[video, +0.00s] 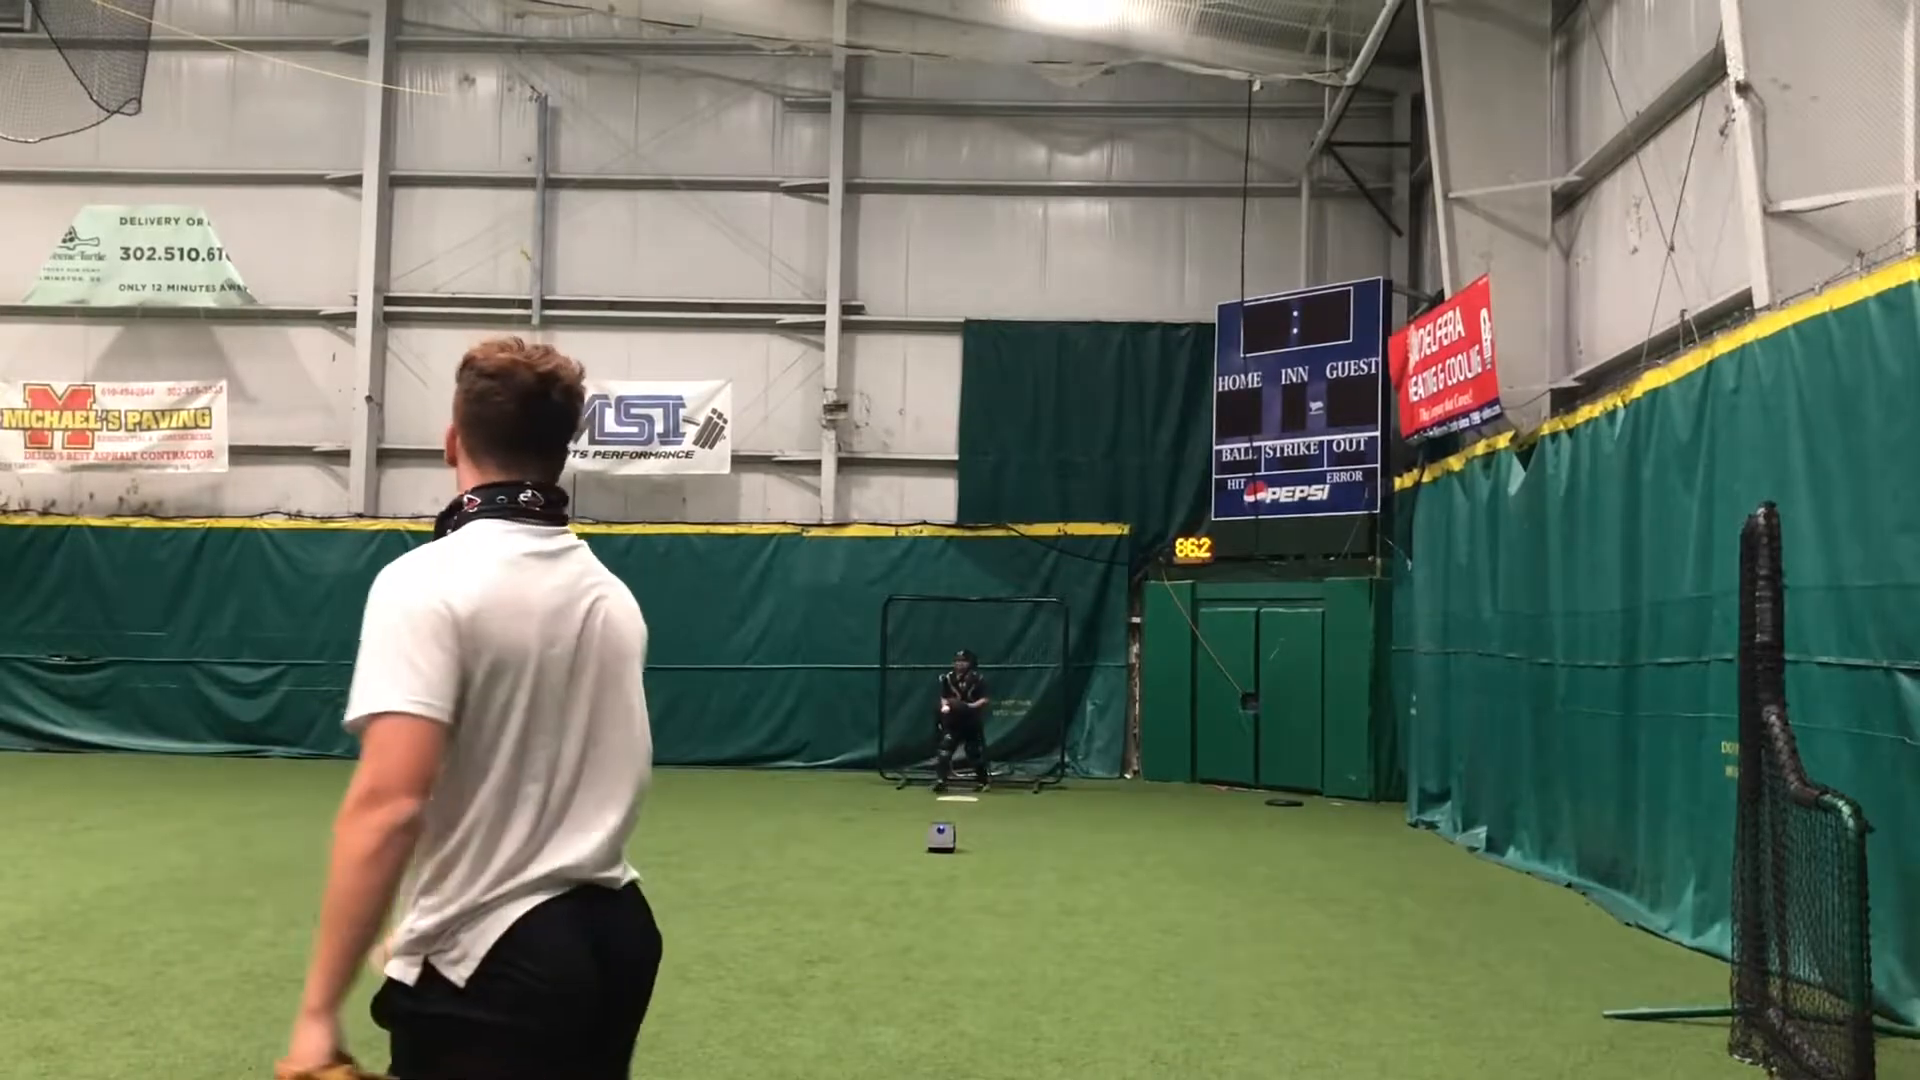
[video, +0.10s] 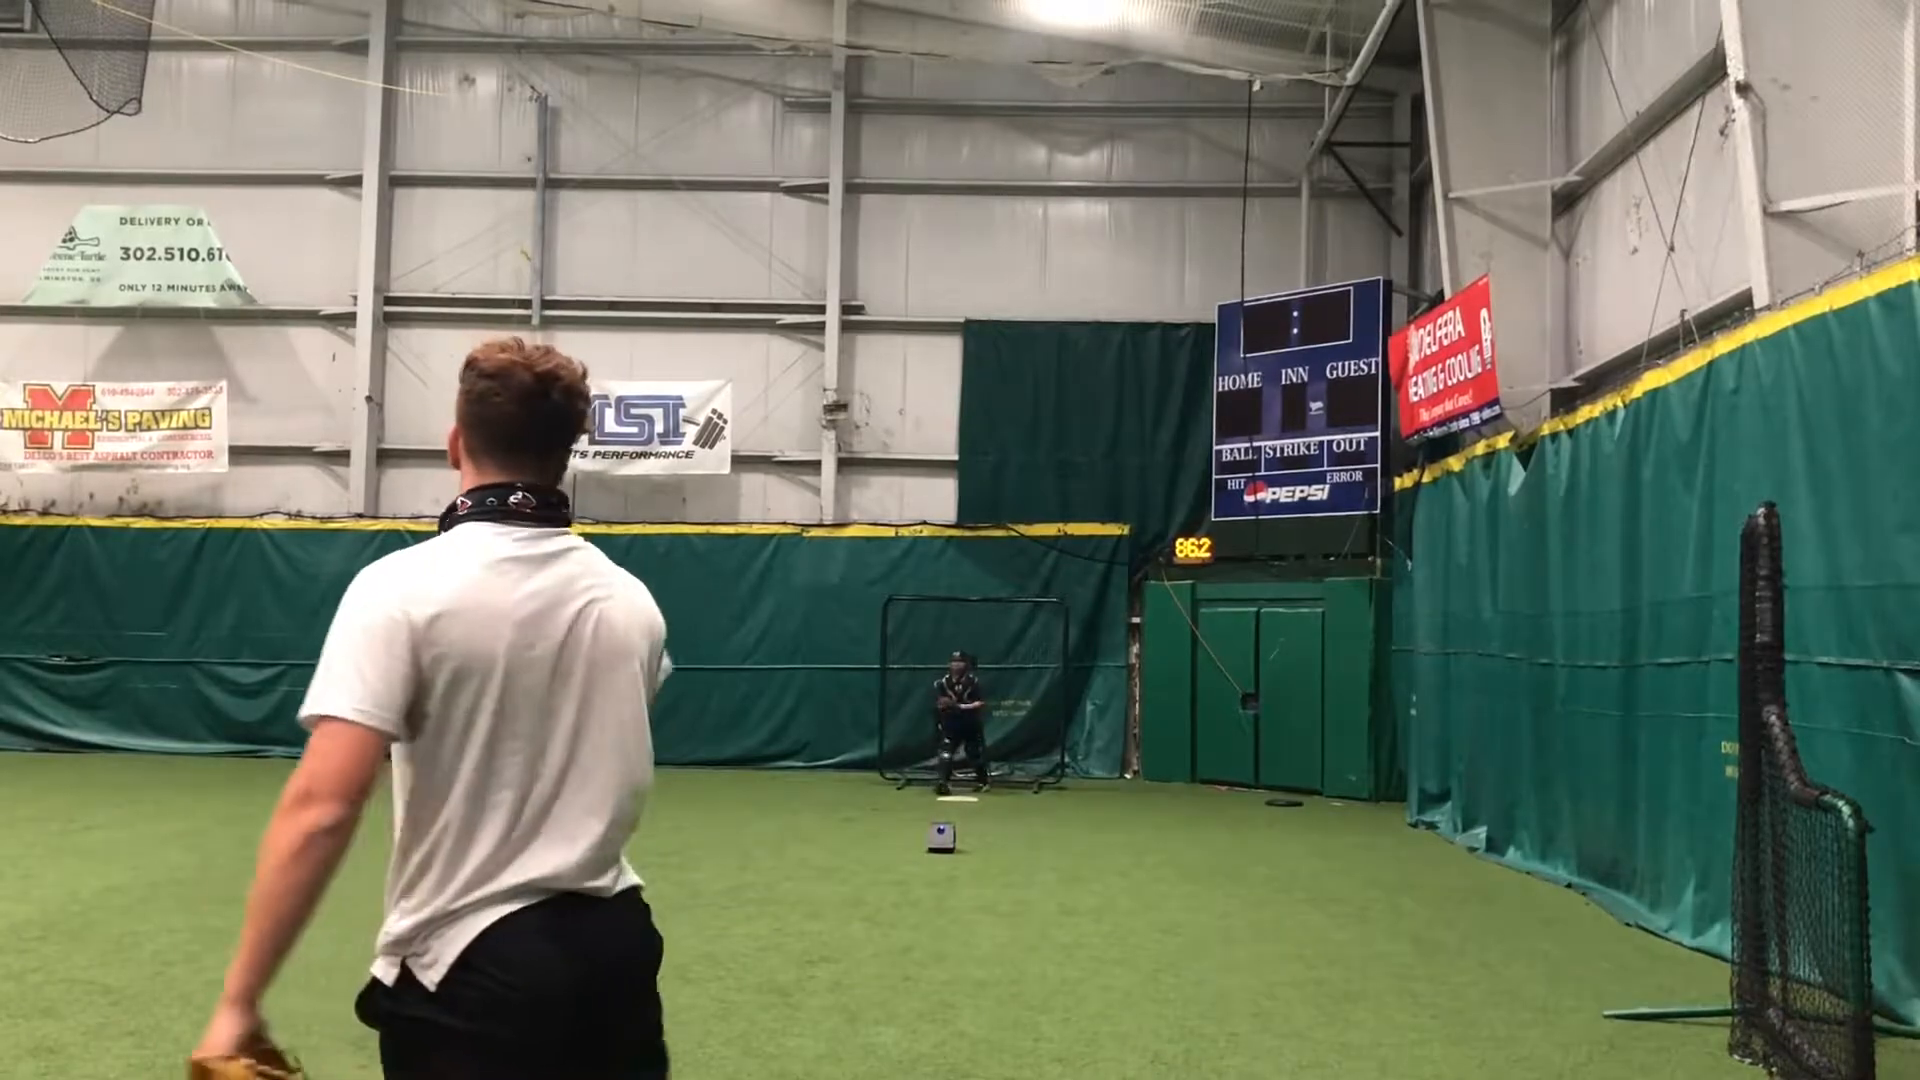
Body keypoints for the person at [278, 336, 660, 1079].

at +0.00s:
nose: (441, 440)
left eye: (444, 425)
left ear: (453, 441)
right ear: (562, 452)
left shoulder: (427, 584)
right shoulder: (611, 595)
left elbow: (389, 804)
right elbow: (582, 787)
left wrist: (319, 1010)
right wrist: (444, 918)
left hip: (481, 968)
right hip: (615, 945)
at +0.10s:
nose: (448, 442)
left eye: (448, 429)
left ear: (456, 443)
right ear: (569, 454)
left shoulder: (399, 589)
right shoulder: (633, 605)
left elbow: (322, 807)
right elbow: (608, 774)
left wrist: (240, 1000)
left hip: (460, 976)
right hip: (615, 965)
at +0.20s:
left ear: (456, 443)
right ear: (571, 452)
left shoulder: (377, 592)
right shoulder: (636, 599)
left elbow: (267, 812)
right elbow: (678, 774)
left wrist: (182, 986)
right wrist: (676, 854)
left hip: (446, 978)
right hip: (611, 966)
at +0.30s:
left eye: (452, 418)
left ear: (454, 439)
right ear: (569, 454)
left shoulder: (361, 596)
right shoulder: (638, 598)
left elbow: (241, 810)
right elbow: (732, 761)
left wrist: (154, 972)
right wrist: (756, 836)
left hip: (441, 978)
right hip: (609, 966)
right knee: (678, 1066)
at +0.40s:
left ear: (451, 439)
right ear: (568, 453)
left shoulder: (350, 601)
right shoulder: (632, 598)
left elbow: (238, 810)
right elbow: (756, 763)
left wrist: (165, 959)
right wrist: (810, 839)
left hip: (438, 985)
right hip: (610, 977)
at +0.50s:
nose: (576, 462)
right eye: (579, 446)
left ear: (451, 434)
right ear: (571, 449)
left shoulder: (351, 599)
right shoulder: (627, 598)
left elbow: (253, 811)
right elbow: (756, 782)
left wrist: (209, 951)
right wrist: (844, 875)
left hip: (441, 984)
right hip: (608, 976)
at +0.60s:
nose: (584, 454)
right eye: (588, 436)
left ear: (456, 429)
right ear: (575, 443)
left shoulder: (359, 596)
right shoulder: (625, 598)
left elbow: (282, 810)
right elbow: (737, 808)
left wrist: (267, 939)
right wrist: (840, 938)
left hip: (439, 987)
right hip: (604, 984)